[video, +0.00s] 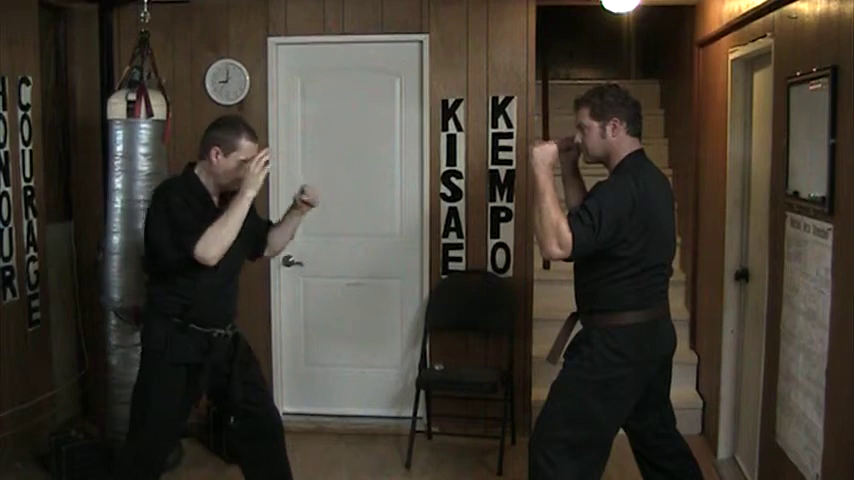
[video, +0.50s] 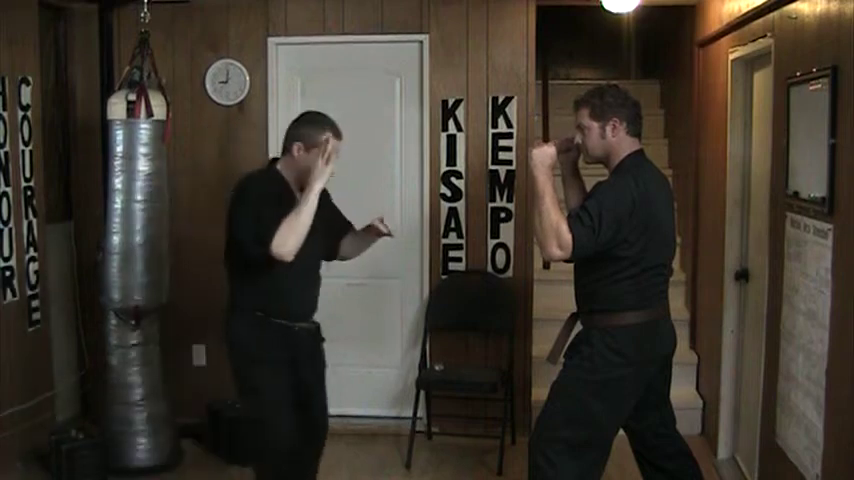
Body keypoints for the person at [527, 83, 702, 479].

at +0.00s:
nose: (579, 138)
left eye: (583, 129)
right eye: (578, 130)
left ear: (613, 128)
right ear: (619, 128)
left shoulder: (622, 186)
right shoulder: (654, 182)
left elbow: (559, 245)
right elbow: (587, 229)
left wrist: (542, 171)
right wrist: (571, 170)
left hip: (613, 342)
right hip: (652, 336)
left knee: (554, 451)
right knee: (660, 446)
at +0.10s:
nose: (579, 139)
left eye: (583, 129)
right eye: (578, 130)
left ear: (613, 127)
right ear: (619, 128)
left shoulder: (622, 186)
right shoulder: (653, 181)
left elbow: (559, 245)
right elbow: (587, 229)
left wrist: (542, 172)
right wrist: (571, 170)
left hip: (613, 342)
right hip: (651, 336)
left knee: (554, 451)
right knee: (660, 446)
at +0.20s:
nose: (579, 138)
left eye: (583, 129)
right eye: (578, 130)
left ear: (613, 128)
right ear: (619, 128)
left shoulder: (622, 186)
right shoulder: (653, 182)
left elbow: (558, 245)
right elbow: (587, 230)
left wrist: (542, 172)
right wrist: (571, 170)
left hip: (613, 342)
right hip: (651, 336)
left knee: (554, 452)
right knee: (660, 446)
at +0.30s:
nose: (579, 138)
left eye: (583, 129)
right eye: (578, 130)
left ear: (613, 128)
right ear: (619, 128)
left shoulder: (622, 186)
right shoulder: (653, 182)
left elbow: (559, 245)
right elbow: (587, 230)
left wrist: (542, 172)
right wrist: (571, 170)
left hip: (613, 342)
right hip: (651, 336)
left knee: (554, 452)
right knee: (660, 446)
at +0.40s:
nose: (579, 139)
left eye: (583, 130)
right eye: (578, 131)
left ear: (613, 128)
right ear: (618, 128)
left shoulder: (622, 186)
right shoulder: (653, 181)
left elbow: (559, 246)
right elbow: (587, 231)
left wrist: (542, 173)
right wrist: (571, 172)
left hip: (613, 342)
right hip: (651, 337)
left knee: (554, 452)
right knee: (660, 446)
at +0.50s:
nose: (580, 139)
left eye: (583, 130)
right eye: (578, 131)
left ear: (613, 128)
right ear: (618, 128)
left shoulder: (622, 186)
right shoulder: (653, 181)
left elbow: (559, 246)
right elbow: (587, 231)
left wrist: (542, 173)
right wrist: (571, 171)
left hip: (613, 342)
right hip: (651, 337)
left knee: (554, 451)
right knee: (660, 446)